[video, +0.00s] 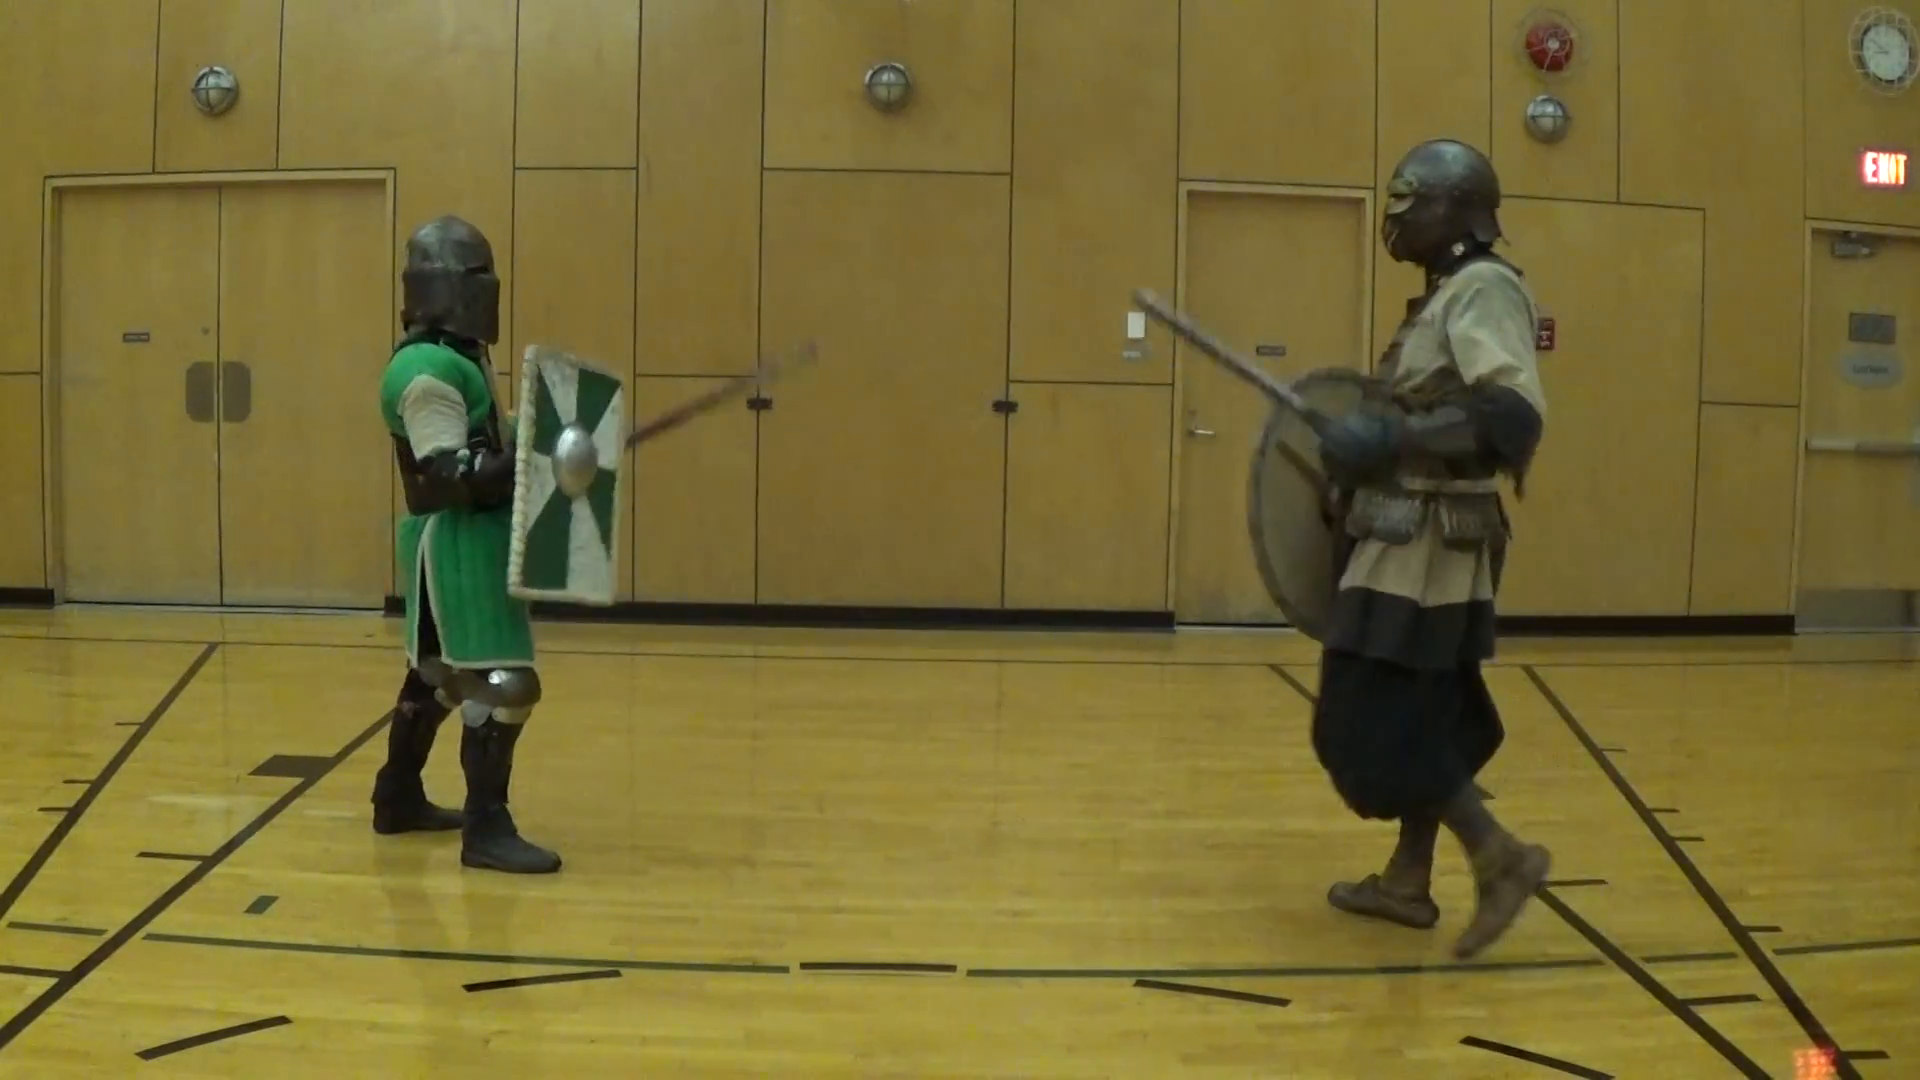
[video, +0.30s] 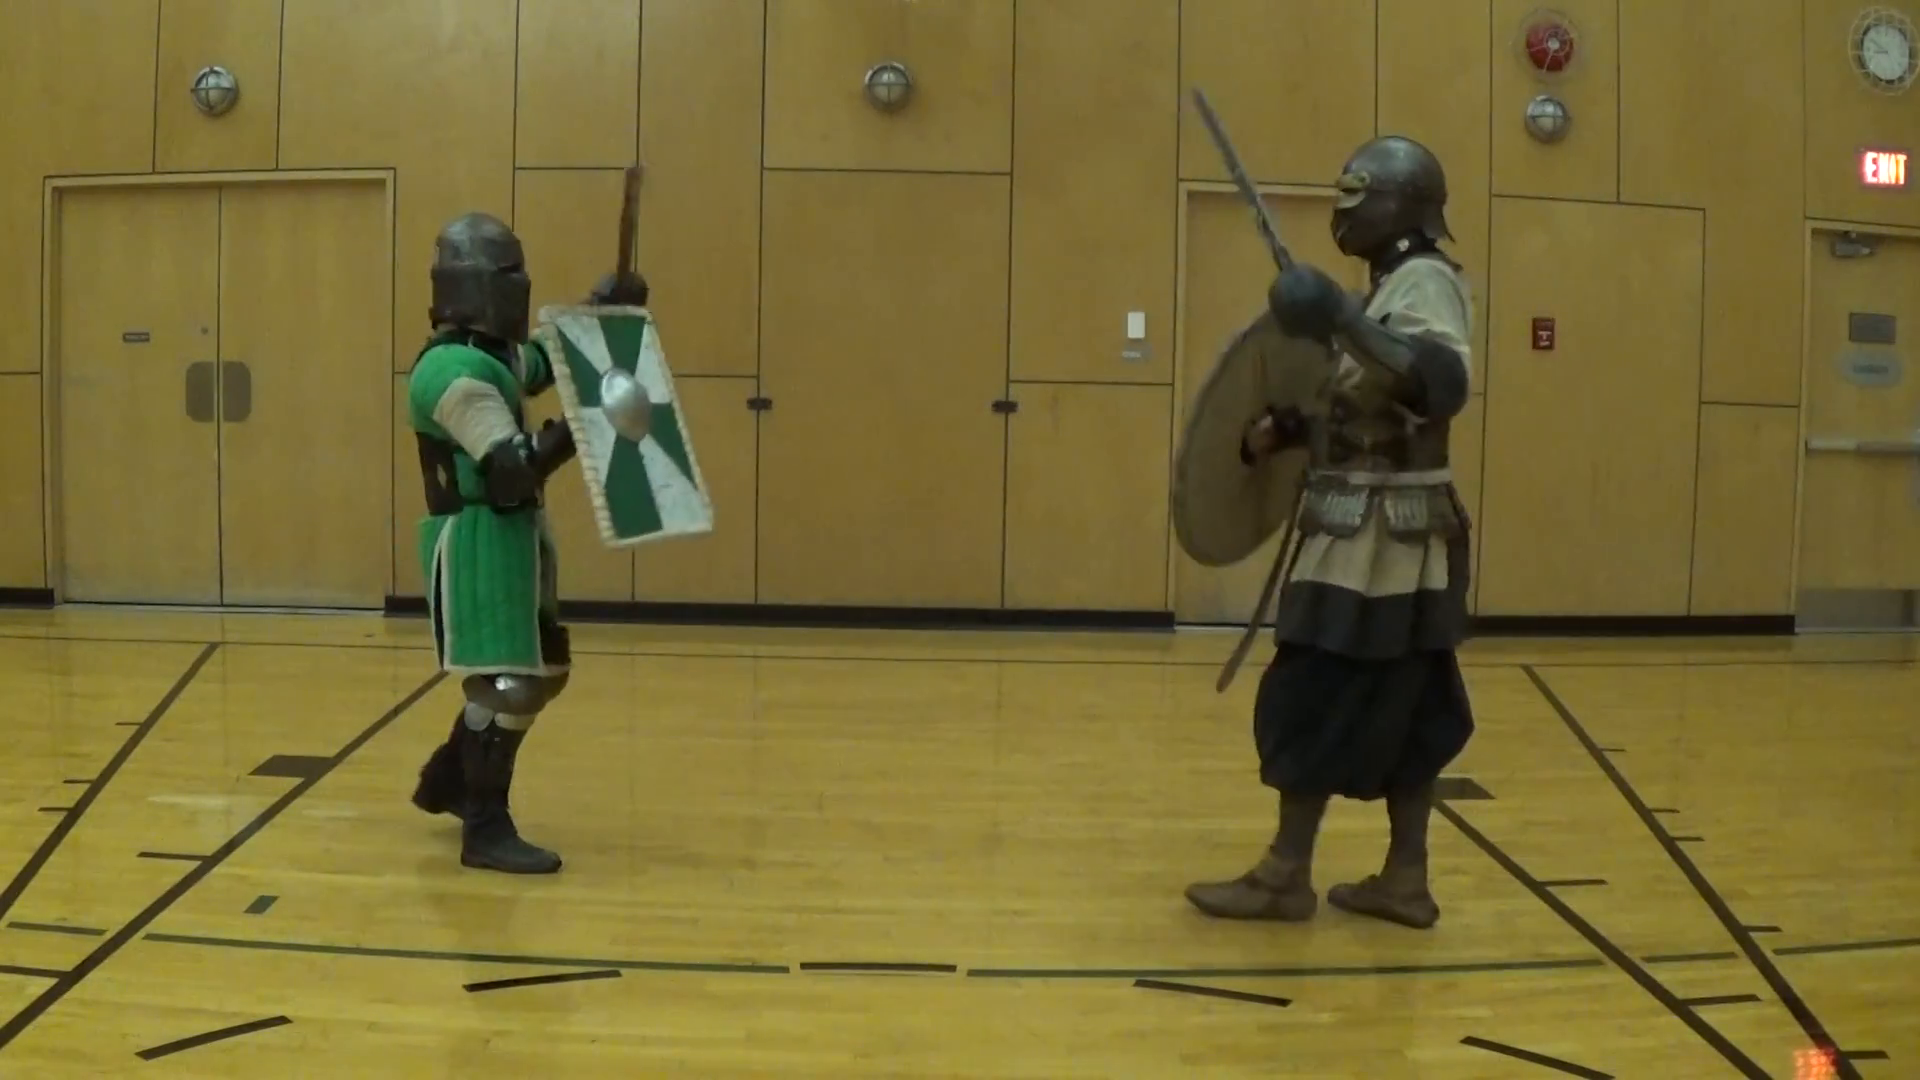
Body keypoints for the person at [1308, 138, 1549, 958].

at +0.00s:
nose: (1391, 215)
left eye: (1408, 200)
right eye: (1395, 200)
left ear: (1459, 213)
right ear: (1453, 216)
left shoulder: (1484, 291)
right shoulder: (1453, 293)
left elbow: (1515, 419)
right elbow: (1449, 411)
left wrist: (1392, 435)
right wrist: (1362, 434)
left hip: (1429, 543)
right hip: (1427, 537)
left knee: (1367, 717)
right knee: (1427, 705)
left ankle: (1502, 859)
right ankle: (1407, 880)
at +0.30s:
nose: (1340, 209)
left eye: (1357, 194)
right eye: (1342, 194)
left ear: (1408, 207)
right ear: (1394, 211)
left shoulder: (1423, 281)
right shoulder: (1387, 284)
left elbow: (1442, 383)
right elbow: (1364, 407)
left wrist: (1342, 317)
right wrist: (1293, 425)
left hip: (1373, 527)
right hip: (1392, 524)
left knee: (1310, 694)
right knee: (1410, 702)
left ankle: (1285, 872)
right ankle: (1405, 879)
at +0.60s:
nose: (1291, 205)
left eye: (1307, 191)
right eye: (1295, 190)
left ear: (1356, 205)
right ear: (1361, 208)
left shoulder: (1358, 287)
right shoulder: (1364, 281)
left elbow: (1357, 407)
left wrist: (1267, 338)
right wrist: (1278, 336)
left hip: (1322, 531)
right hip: (1357, 528)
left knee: (1276, 694)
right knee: (1350, 691)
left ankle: (1278, 872)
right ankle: (1394, 852)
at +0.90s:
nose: (1281, 210)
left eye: (1296, 196)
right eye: (1283, 195)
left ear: (1345, 207)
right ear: (1347, 209)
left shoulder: (1347, 290)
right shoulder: (1364, 280)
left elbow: (1331, 414)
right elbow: (1309, 387)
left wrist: (1247, 337)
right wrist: (1246, 338)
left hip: (1316, 519)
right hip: (1351, 513)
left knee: (1284, 684)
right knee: (1349, 662)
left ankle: (1280, 872)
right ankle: (1396, 821)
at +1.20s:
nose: (1326, 232)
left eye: (1341, 220)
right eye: (1330, 218)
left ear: (1388, 231)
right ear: (1388, 233)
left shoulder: (1402, 307)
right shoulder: (1393, 301)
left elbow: (1364, 413)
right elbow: (1348, 385)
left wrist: (1289, 336)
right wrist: (1289, 336)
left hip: (1352, 532)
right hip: (1374, 526)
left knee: (1272, 687)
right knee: (1371, 671)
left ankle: (1276, 871)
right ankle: (1458, 806)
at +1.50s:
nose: (1420, 238)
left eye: (1436, 227)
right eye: (1421, 225)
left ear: (1484, 239)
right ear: (1466, 240)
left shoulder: (1504, 308)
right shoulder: (1469, 311)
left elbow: (1480, 404)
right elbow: (1439, 396)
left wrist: (1405, 344)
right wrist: (1391, 344)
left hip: (1471, 543)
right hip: (1454, 538)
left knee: (1401, 687)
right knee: (1449, 681)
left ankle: (1400, 865)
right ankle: (1481, 818)